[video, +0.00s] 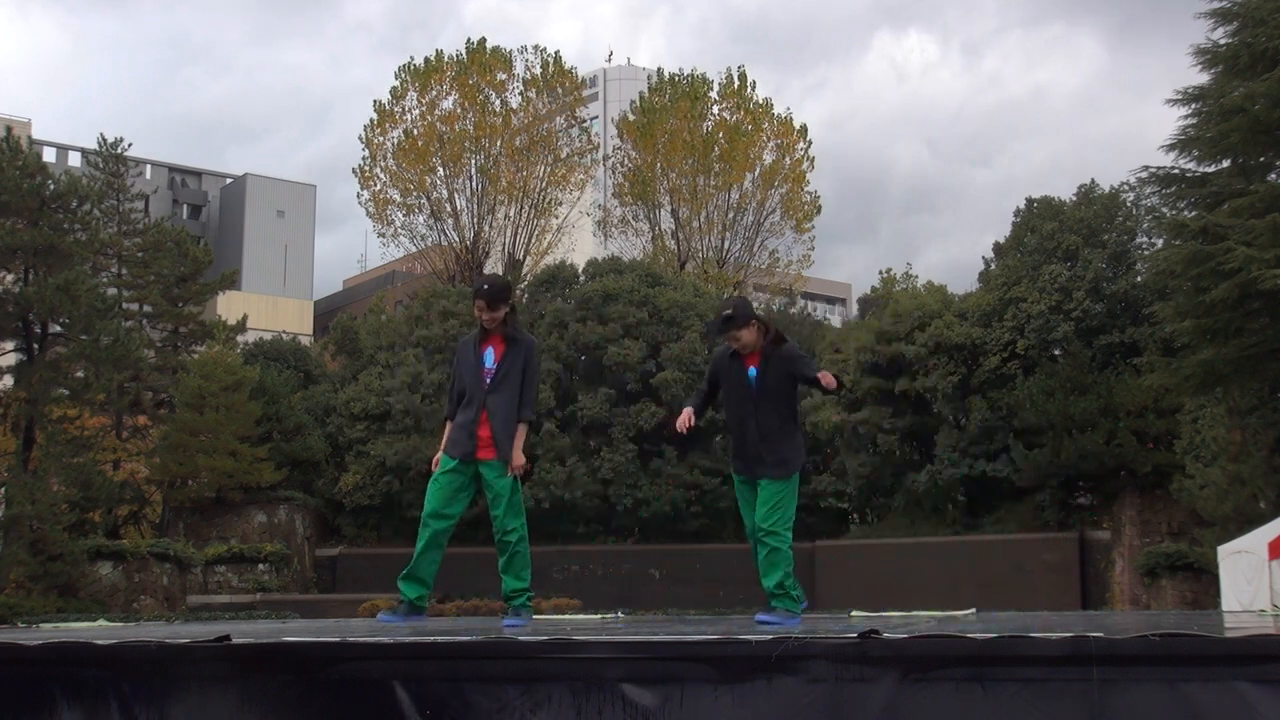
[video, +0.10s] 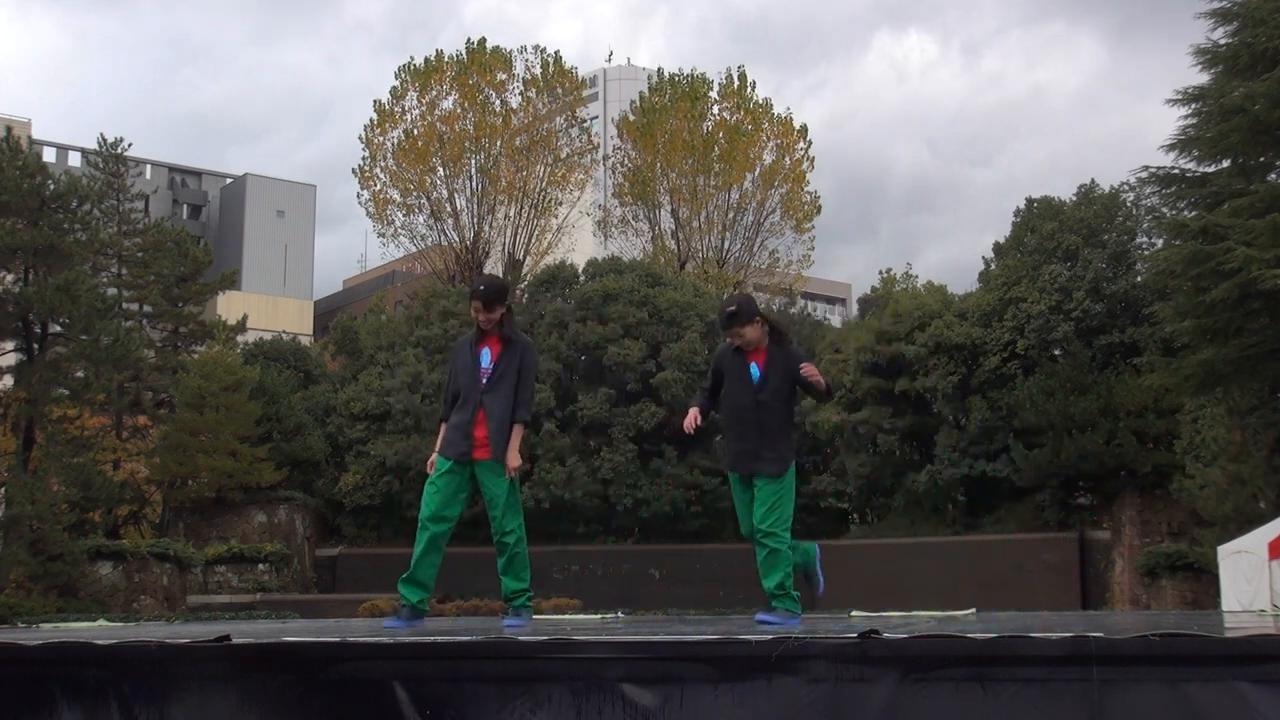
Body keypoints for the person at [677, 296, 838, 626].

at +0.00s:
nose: (732, 342)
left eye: (737, 334)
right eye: (727, 336)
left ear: (754, 326)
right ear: (725, 335)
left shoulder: (782, 353)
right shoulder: (724, 359)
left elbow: (807, 373)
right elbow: (706, 393)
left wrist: (824, 381)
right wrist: (690, 408)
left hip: (780, 459)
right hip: (744, 460)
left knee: (770, 528)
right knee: (756, 531)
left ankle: (785, 605)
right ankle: (786, 598)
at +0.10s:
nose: (735, 340)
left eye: (740, 333)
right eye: (731, 335)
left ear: (759, 323)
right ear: (728, 333)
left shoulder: (787, 355)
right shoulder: (727, 356)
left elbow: (822, 393)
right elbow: (709, 392)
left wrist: (819, 382)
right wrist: (696, 407)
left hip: (775, 458)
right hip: (738, 459)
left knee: (769, 530)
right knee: (751, 530)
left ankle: (785, 605)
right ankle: (805, 556)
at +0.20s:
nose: (731, 339)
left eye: (735, 332)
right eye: (727, 334)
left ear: (754, 324)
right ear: (725, 332)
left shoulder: (785, 356)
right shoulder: (724, 357)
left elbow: (811, 397)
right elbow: (711, 393)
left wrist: (798, 398)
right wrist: (699, 411)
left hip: (773, 460)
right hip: (735, 458)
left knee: (769, 529)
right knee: (729, 522)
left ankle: (784, 605)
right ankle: (789, 527)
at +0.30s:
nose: (719, 344)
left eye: (724, 336)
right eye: (715, 339)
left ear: (741, 327)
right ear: (714, 337)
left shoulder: (772, 357)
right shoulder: (717, 361)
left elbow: (797, 401)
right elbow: (709, 396)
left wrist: (776, 419)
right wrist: (698, 417)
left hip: (769, 462)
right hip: (730, 460)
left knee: (770, 532)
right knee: (705, 515)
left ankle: (786, 606)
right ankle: (760, 565)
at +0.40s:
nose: (706, 353)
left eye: (709, 345)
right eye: (701, 348)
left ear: (728, 335)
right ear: (699, 346)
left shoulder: (762, 365)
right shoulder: (707, 370)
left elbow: (783, 411)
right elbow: (703, 407)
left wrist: (756, 436)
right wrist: (698, 434)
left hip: (764, 465)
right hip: (723, 465)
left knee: (768, 532)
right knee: (707, 530)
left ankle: (785, 607)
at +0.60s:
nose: (664, 357)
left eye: (666, 350)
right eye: (661, 352)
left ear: (684, 341)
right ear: (680, 345)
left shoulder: (722, 370)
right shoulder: (689, 375)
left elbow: (746, 410)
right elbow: (697, 418)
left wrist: (717, 439)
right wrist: (690, 449)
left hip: (754, 462)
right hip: (719, 465)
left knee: (759, 534)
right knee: (714, 535)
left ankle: (791, 590)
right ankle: (715, 605)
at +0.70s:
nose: (656, 357)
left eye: (656, 349)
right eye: (653, 351)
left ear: (672, 342)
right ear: (673, 344)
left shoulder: (706, 372)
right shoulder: (692, 375)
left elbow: (735, 415)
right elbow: (698, 425)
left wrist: (709, 446)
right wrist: (678, 455)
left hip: (745, 464)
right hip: (716, 467)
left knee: (749, 529)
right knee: (705, 533)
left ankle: (796, 545)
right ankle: (715, 606)